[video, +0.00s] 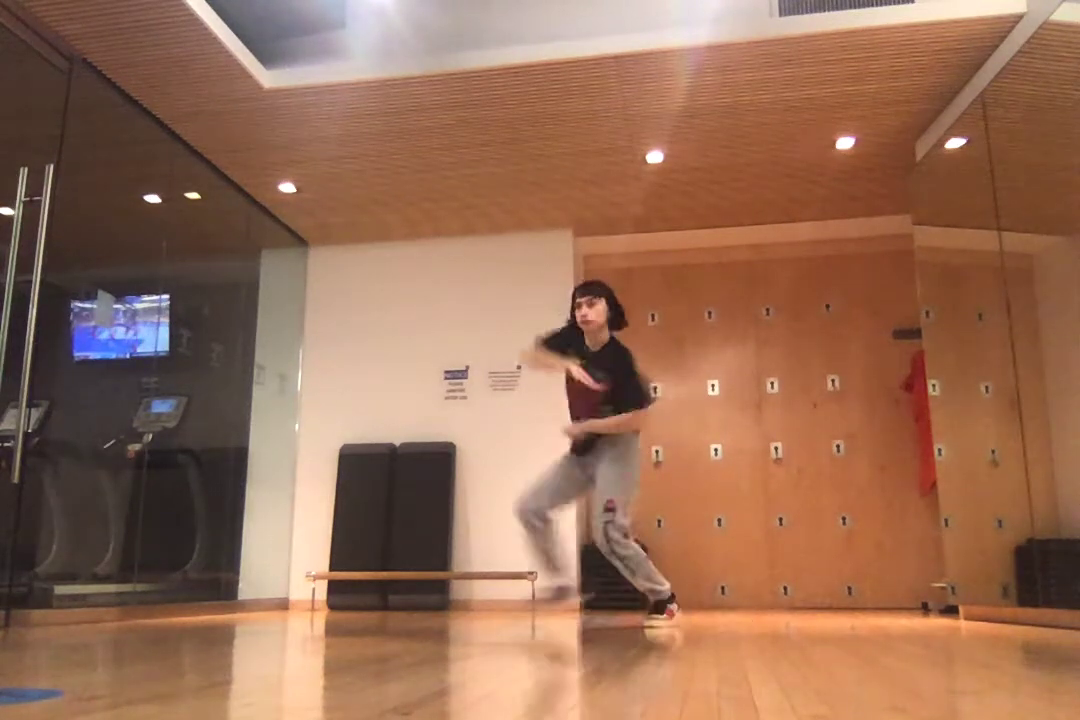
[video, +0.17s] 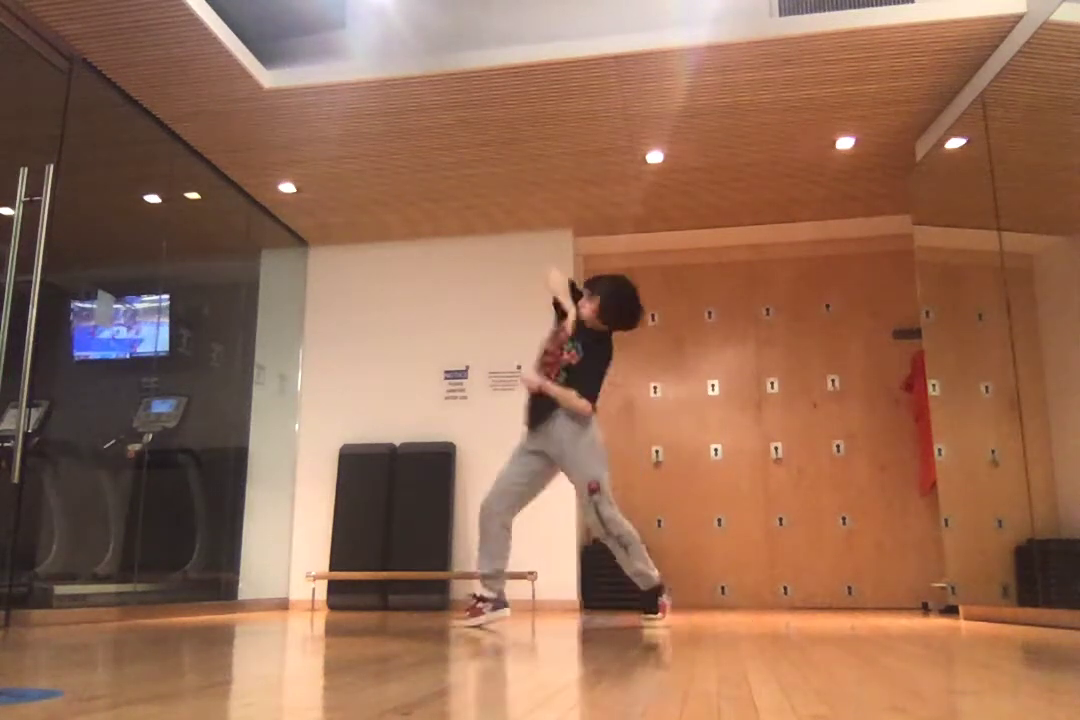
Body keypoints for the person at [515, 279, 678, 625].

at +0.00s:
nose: (584, 311)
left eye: (592, 304)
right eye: (579, 306)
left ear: (608, 309)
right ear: (574, 313)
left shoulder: (619, 356)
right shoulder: (570, 339)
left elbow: (637, 419)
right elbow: (532, 355)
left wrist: (586, 425)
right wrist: (570, 366)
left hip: (617, 449)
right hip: (584, 451)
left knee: (609, 532)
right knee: (530, 507)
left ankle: (662, 598)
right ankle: (561, 585)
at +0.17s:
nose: (586, 307)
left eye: (593, 309)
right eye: (590, 301)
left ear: (603, 320)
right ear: (589, 297)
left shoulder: (598, 345)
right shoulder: (574, 312)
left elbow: (585, 404)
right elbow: (556, 276)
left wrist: (544, 385)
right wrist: (566, 312)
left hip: (573, 430)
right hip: (540, 433)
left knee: (602, 513)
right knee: (495, 508)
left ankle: (653, 589)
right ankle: (491, 596)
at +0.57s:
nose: (553, 301)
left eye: (559, 294)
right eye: (545, 295)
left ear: (570, 305)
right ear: (532, 307)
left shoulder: (583, 342)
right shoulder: (521, 354)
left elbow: (634, 355)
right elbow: (489, 408)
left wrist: (587, 368)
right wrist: (531, 392)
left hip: (576, 455)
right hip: (526, 456)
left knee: (599, 531)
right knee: (490, 527)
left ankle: (656, 594)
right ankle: (475, 599)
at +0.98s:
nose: (563, 317)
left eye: (570, 311)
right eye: (556, 311)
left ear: (580, 319)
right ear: (545, 319)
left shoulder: (589, 355)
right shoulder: (525, 360)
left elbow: (640, 377)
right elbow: (484, 402)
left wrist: (591, 386)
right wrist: (533, 397)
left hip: (588, 455)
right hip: (541, 457)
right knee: (513, 527)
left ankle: (653, 588)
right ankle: (463, 592)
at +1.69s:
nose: (602, 348)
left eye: (606, 343)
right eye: (603, 340)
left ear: (591, 325)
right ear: (590, 327)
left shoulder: (572, 347)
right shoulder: (549, 328)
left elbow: (582, 317)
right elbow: (516, 306)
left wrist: (572, 295)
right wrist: (553, 286)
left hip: (531, 449)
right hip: (494, 442)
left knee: (551, 517)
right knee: (504, 526)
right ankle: (454, 584)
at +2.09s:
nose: (475, 286)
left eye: (479, 280)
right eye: (466, 282)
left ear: (489, 283)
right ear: (451, 289)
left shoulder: (501, 319)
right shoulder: (451, 314)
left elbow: (541, 333)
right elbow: (482, 301)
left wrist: (581, 341)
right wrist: (535, 302)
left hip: (502, 428)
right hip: (460, 423)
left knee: (513, 512)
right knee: (416, 507)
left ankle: (522, 600)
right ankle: (357, 582)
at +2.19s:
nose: (461, 288)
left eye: (467, 283)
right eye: (453, 282)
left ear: (477, 291)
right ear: (439, 289)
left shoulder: (490, 327)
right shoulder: (431, 324)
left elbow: (514, 358)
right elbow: (447, 358)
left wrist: (513, 399)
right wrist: (499, 357)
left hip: (492, 428)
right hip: (445, 427)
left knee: (511, 511)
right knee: (410, 507)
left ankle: (542, 591)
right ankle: (351, 582)